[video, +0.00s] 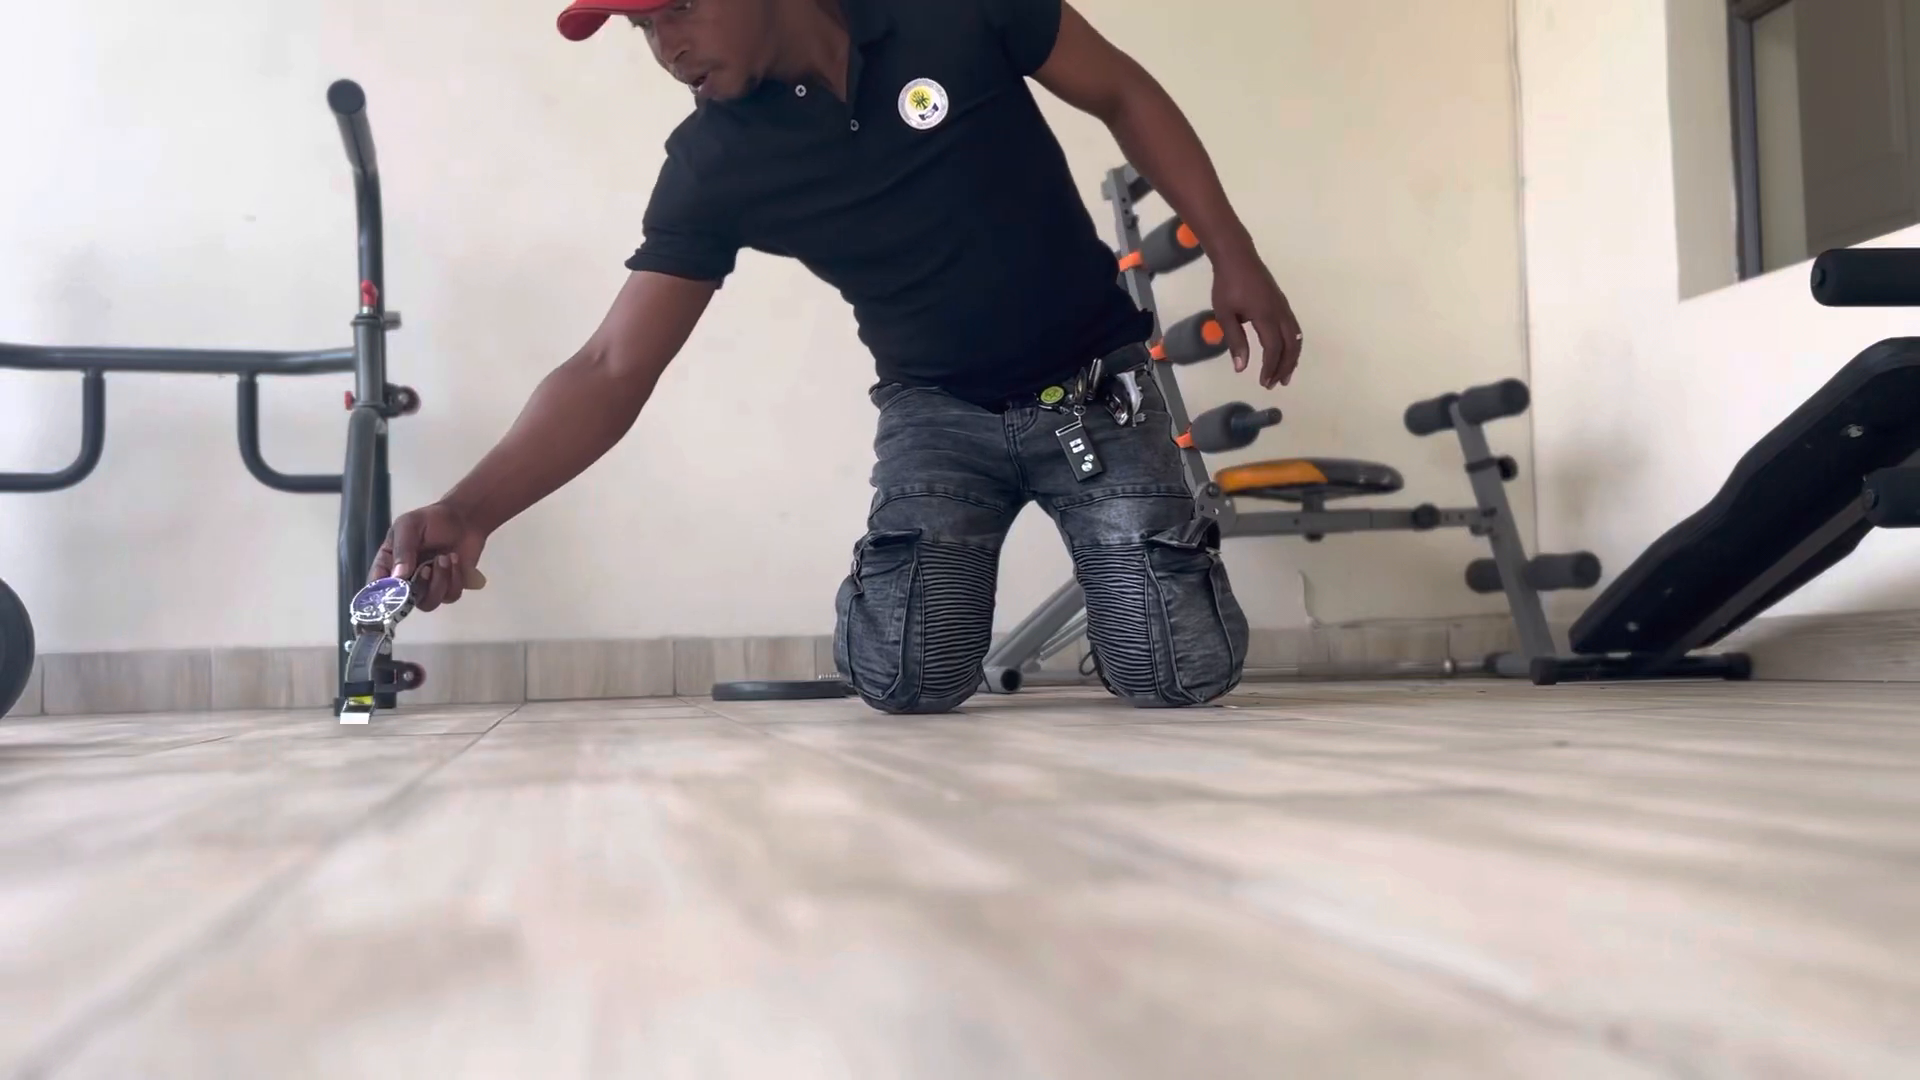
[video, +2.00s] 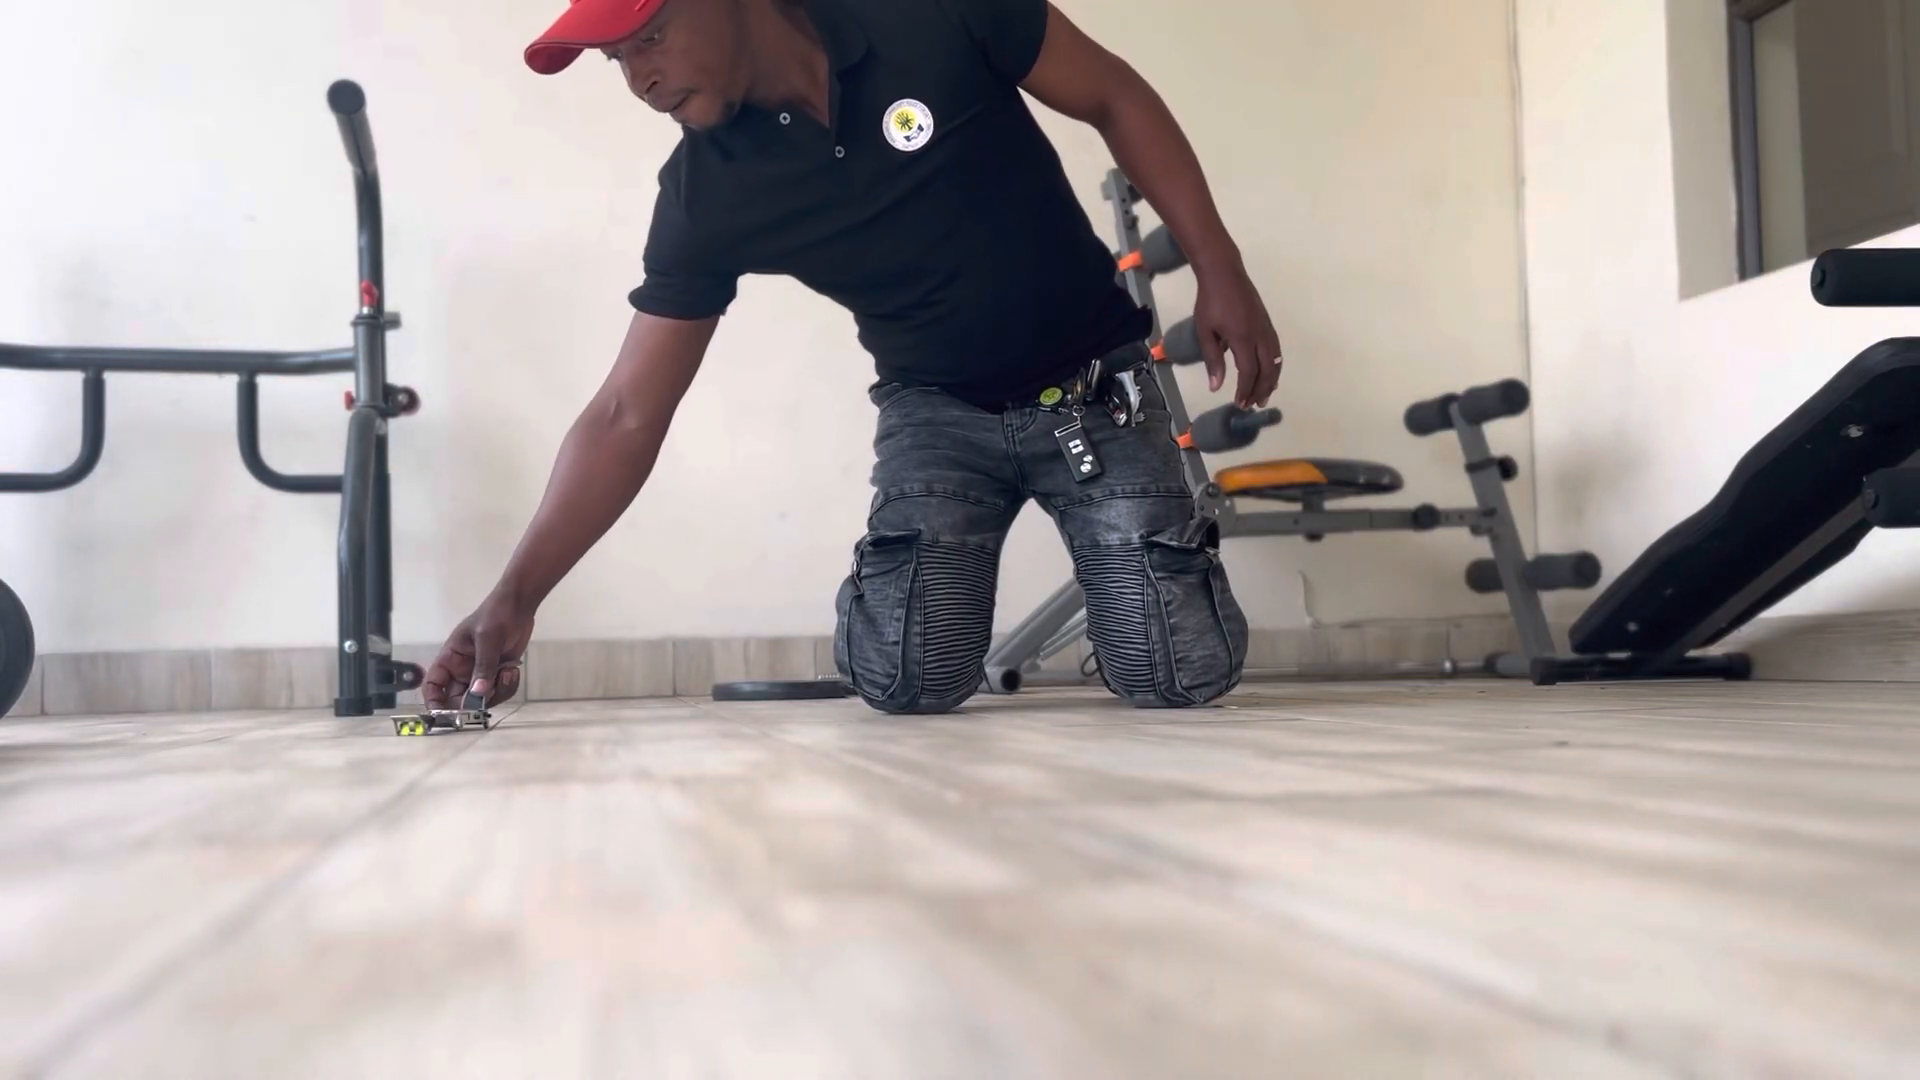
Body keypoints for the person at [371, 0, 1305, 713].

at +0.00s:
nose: (660, 51)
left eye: (668, 17)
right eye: (643, 33)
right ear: (661, 37)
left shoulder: (957, 17)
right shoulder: (714, 164)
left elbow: (1124, 92)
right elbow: (608, 369)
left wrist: (1234, 255)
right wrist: (466, 512)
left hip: (1101, 387)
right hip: (937, 413)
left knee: (1187, 670)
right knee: (905, 676)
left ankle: (1127, 613)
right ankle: (941, 625)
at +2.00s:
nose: (638, 80)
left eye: (648, 40)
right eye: (617, 62)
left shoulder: (935, 19)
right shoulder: (707, 190)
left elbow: (1116, 96)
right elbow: (620, 419)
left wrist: (1220, 269)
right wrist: (511, 601)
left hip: (1098, 380)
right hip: (936, 409)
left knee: (1188, 671)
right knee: (907, 675)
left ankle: (1118, 609)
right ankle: (956, 627)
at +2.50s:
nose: (743, 18)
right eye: (716, 4)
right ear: (697, 11)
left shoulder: (975, 22)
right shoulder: (726, 166)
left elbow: (1144, 122)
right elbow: (646, 409)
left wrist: (1244, 313)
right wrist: (546, 595)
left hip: (1101, 381)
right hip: (936, 408)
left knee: (1185, 670)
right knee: (904, 673)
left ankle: (1122, 608)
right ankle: (953, 631)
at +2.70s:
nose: (810, 1)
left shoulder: (1010, 21)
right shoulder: (750, 145)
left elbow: (1176, 151)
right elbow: (698, 387)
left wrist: (1255, 344)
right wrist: (647, 583)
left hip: (1099, 390)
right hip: (935, 413)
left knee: (1187, 669)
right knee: (906, 675)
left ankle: (1136, 618)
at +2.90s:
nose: (873, 11)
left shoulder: (1050, 29)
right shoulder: (780, 130)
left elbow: (1213, 192)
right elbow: (738, 374)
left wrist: (1274, 398)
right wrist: (744, 572)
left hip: (1102, 396)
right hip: (935, 414)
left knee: (1177, 670)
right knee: (909, 673)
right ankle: (891, 601)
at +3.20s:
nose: (989, 81)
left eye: (1023, 40)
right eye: (952, 44)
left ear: (1065, 20)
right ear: (894, 23)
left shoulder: (1144, 82)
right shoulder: (847, 151)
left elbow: (1276, 292)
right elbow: (833, 401)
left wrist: (1310, 508)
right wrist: (859, 637)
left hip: (1111, 399)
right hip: (935, 412)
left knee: (1181, 673)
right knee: (916, 689)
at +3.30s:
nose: (1045, 183)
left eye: (1077, 151)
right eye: (1012, 151)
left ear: (1119, 90)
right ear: (938, 84)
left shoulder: (1194, 129)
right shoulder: (873, 161)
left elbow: (1334, 361)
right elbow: (849, 424)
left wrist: (1364, 594)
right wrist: (866, 672)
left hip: (1114, 400)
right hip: (943, 408)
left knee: (1177, 676)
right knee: (916, 680)